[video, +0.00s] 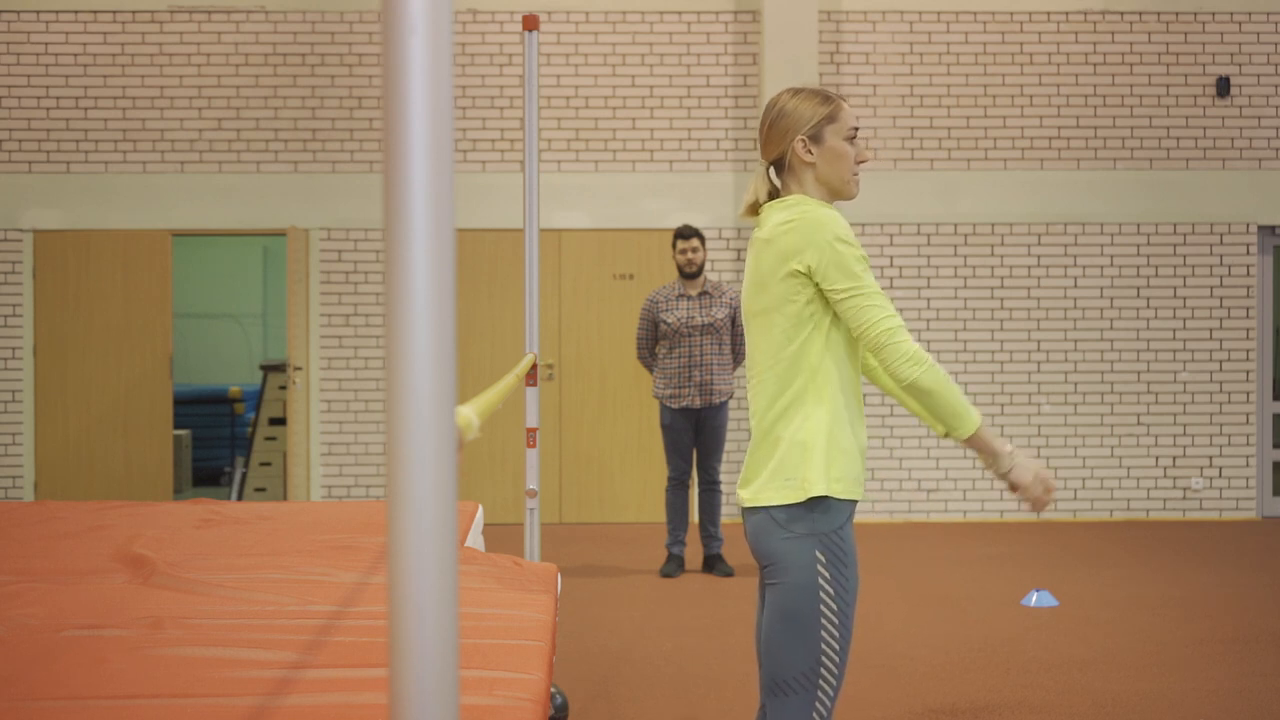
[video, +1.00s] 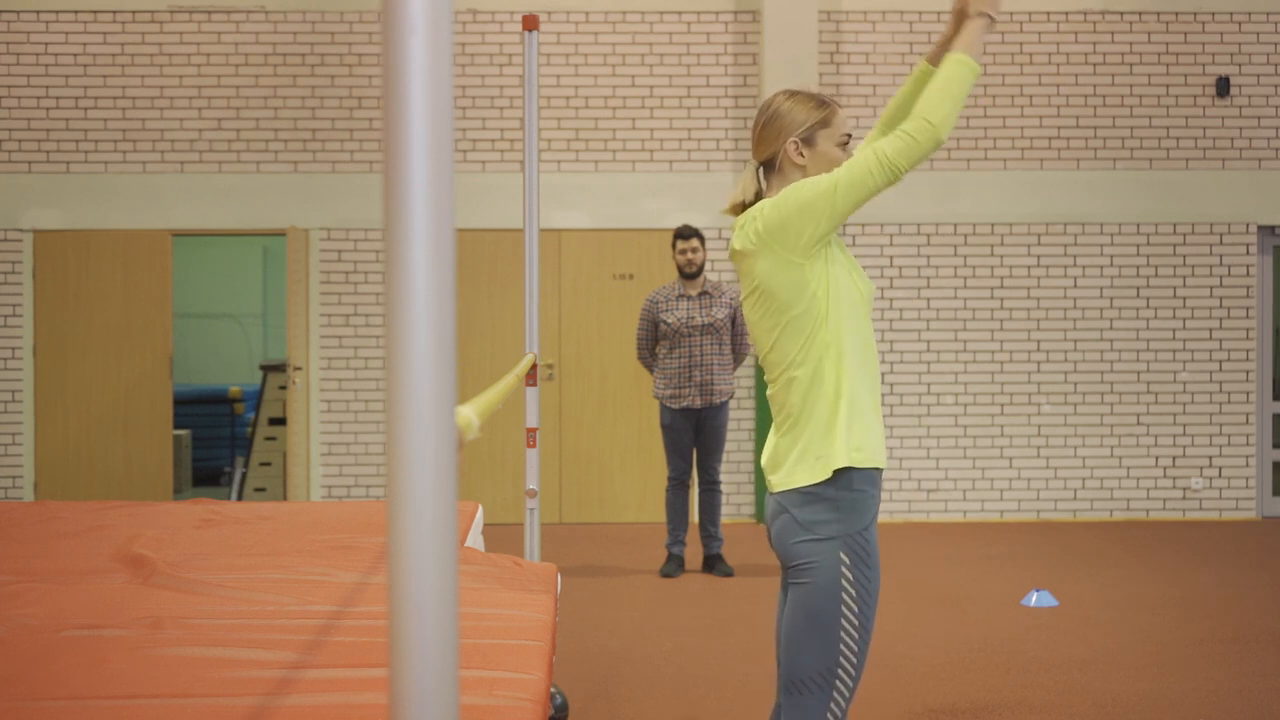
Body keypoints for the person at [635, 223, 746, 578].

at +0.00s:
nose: (689, 256)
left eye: (695, 250)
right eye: (682, 251)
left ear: (705, 254)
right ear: (674, 256)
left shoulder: (728, 297)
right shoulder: (659, 300)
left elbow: (739, 348)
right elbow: (644, 350)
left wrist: (717, 372)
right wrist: (669, 376)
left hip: (715, 402)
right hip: (675, 402)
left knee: (710, 478)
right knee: (678, 477)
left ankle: (713, 552)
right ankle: (675, 553)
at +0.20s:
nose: (689, 256)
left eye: (695, 250)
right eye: (682, 251)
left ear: (705, 254)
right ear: (674, 256)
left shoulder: (727, 297)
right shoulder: (658, 300)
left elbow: (737, 347)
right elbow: (643, 350)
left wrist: (720, 373)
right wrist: (668, 377)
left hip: (716, 402)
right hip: (675, 402)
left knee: (710, 478)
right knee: (678, 477)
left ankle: (713, 552)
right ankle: (675, 553)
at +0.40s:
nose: (689, 256)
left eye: (695, 250)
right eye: (682, 251)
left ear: (705, 254)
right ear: (674, 256)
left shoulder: (726, 298)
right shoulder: (658, 300)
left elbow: (738, 346)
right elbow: (644, 351)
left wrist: (720, 372)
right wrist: (668, 377)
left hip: (716, 402)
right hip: (675, 402)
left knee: (710, 478)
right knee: (678, 477)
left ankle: (713, 552)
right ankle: (675, 552)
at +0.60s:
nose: (689, 257)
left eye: (695, 250)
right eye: (682, 252)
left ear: (705, 254)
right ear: (674, 256)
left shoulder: (726, 297)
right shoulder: (659, 300)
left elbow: (740, 346)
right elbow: (644, 350)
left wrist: (719, 371)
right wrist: (668, 376)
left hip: (715, 402)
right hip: (675, 402)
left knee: (710, 478)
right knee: (678, 477)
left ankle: (713, 552)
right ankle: (675, 553)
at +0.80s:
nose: (689, 257)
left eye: (694, 250)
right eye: (682, 252)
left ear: (705, 254)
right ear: (673, 256)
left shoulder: (727, 297)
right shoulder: (658, 300)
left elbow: (741, 346)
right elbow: (644, 350)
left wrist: (719, 372)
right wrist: (669, 376)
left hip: (715, 402)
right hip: (675, 402)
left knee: (710, 479)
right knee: (679, 477)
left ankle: (713, 552)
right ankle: (675, 553)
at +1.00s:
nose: (688, 256)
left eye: (694, 250)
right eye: (682, 251)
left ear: (705, 253)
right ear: (673, 256)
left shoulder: (728, 297)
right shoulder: (658, 300)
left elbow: (741, 346)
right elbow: (644, 351)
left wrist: (718, 372)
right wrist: (669, 376)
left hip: (715, 402)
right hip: (674, 403)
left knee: (710, 479)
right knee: (678, 477)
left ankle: (713, 553)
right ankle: (675, 552)